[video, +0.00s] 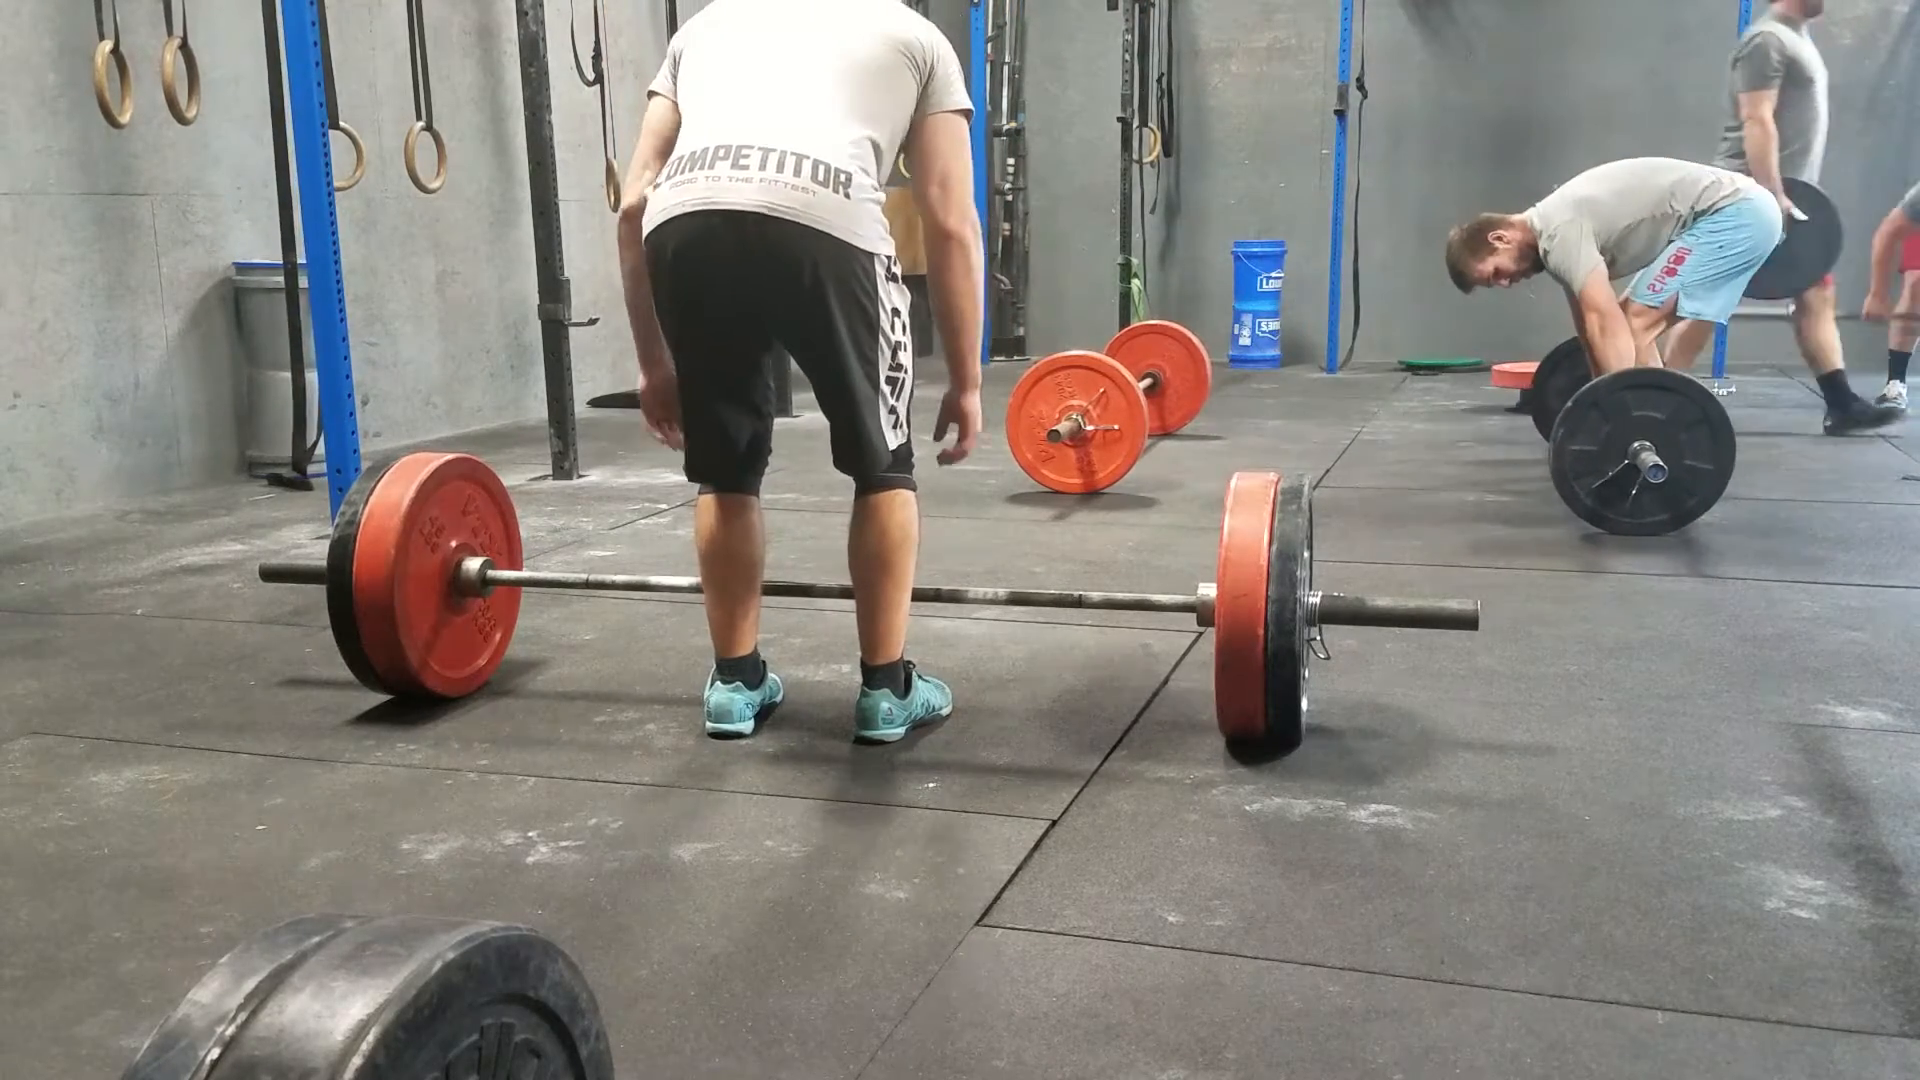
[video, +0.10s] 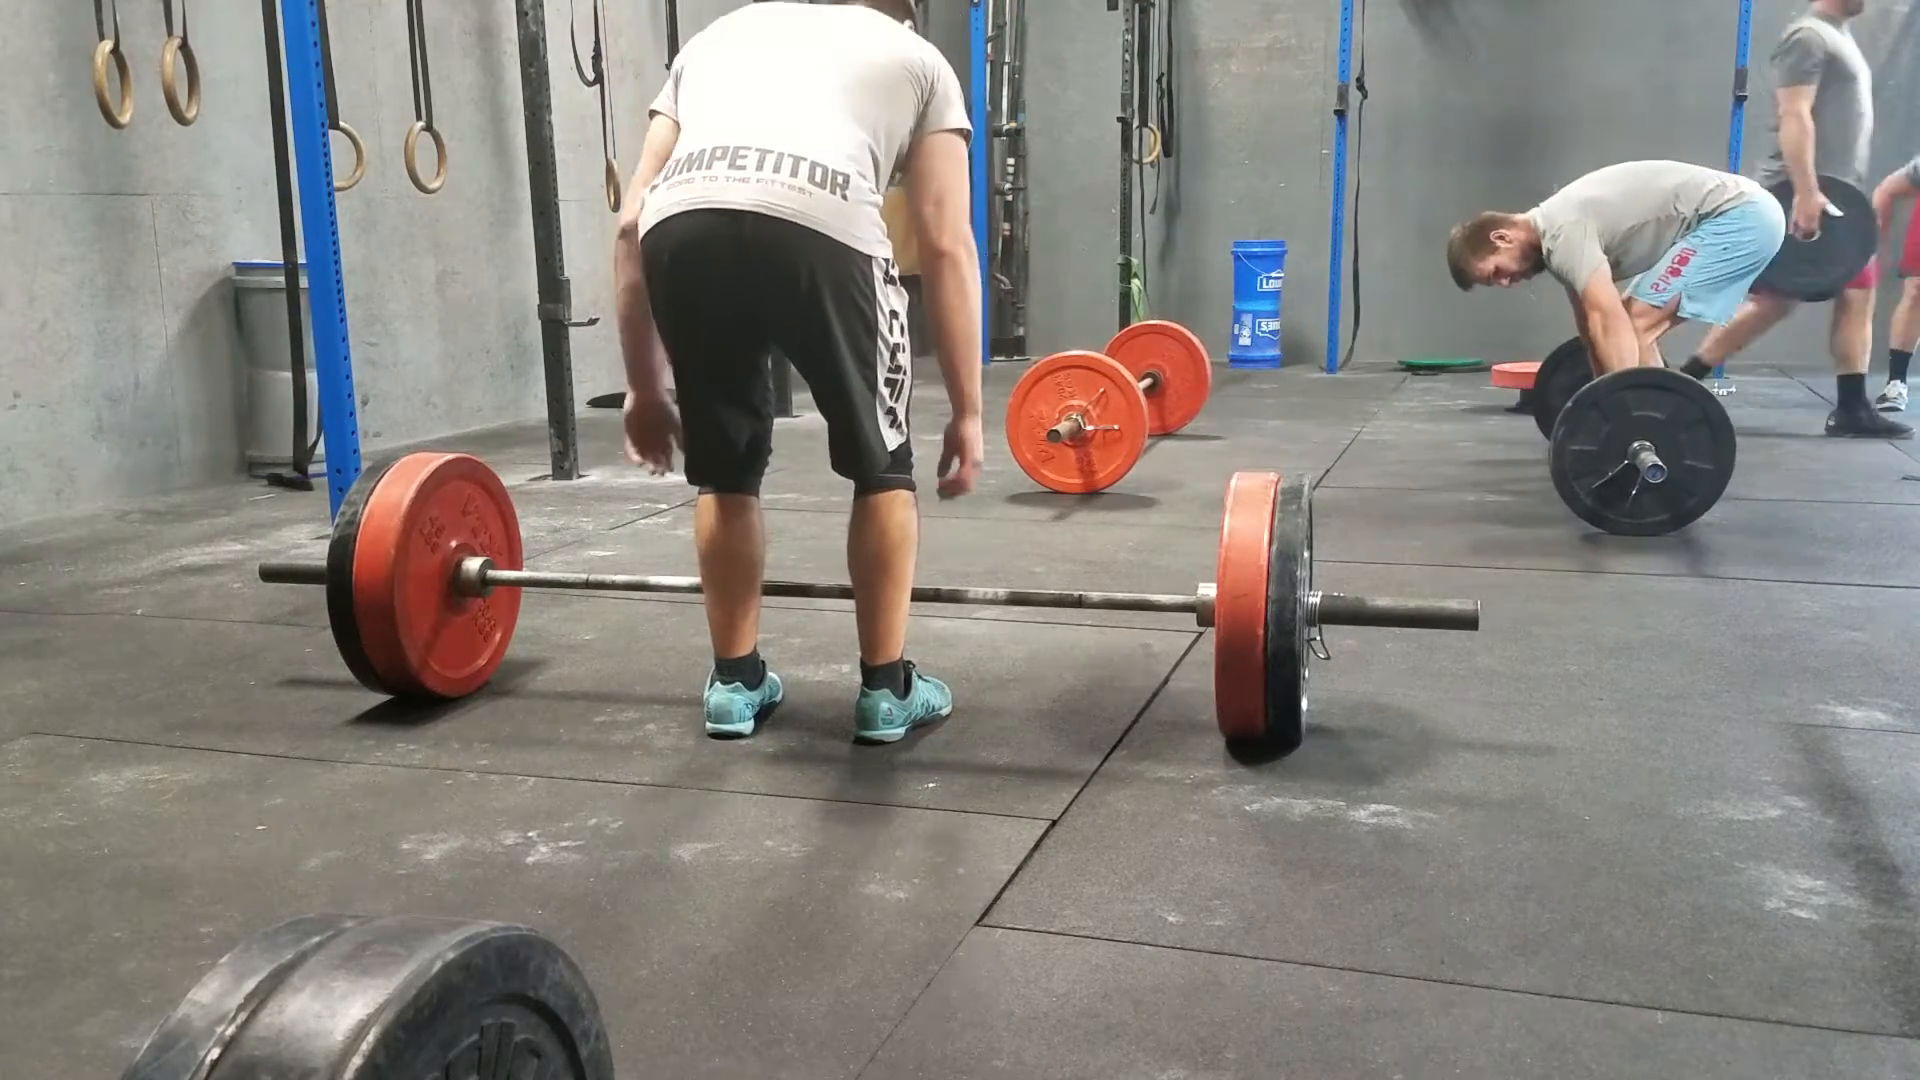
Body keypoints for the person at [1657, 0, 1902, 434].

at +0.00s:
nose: (1823, 1)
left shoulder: (1794, 39)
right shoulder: (1764, 41)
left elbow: (1783, 124)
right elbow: (1756, 121)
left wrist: (1795, 192)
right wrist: (1772, 195)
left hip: (1789, 197)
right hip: (1752, 197)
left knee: (1818, 291)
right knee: (1705, 300)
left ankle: (1842, 403)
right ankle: (1661, 397)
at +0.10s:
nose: (1864, 1)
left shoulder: (1839, 37)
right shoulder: (1807, 37)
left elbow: (1829, 120)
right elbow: (1793, 114)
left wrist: (1847, 190)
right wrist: (1805, 192)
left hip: (1841, 194)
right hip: (1807, 194)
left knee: (1858, 292)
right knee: (1773, 301)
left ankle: (1852, 407)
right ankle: (1688, 376)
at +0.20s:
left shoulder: (1880, 35)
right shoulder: (1847, 27)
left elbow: (1884, 125)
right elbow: (1829, 104)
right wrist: (1840, 182)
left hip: (1879, 197)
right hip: (1854, 196)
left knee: (1873, 295)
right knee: (1860, 296)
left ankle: (1854, 408)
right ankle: (1750, 365)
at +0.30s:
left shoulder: (1905, 26)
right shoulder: (1885, 21)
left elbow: (1867, 98)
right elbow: (1863, 97)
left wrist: (1879, 176)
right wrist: (1873, 176)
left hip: (1906, 178)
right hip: (1891, 178)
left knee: (1890, 284)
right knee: (1900, 283)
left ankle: (1853, 390)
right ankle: (1844, 383)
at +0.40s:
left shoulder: (1910, 22)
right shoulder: (1911, 21)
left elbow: (1900, 102)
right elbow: (1900, 101)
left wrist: (1905, 181)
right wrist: (1906, 181)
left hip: (1906, 181)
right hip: (1902, 179)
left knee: (1897, 289)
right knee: (1900, 289)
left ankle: (1856, 406)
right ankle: (1856, 405)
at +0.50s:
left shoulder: (1913, 115)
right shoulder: (1914, 114)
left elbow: (1890, 135)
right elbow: (1891, 134)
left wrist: (1869, 191)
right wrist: (1870, 191)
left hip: (1909, 225)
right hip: (1911, 224)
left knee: (1906, 299)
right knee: (1907, 298)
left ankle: (1857, 405)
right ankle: (1857, 405)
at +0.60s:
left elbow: (1893, 122)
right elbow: (1893, 122)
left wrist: (1870, 179)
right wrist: (1871, 178)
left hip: (1917, 223)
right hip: (1919, 223)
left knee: (1912, 307)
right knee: (1915, 309)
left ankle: (1871, 397)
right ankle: (1867, 396)